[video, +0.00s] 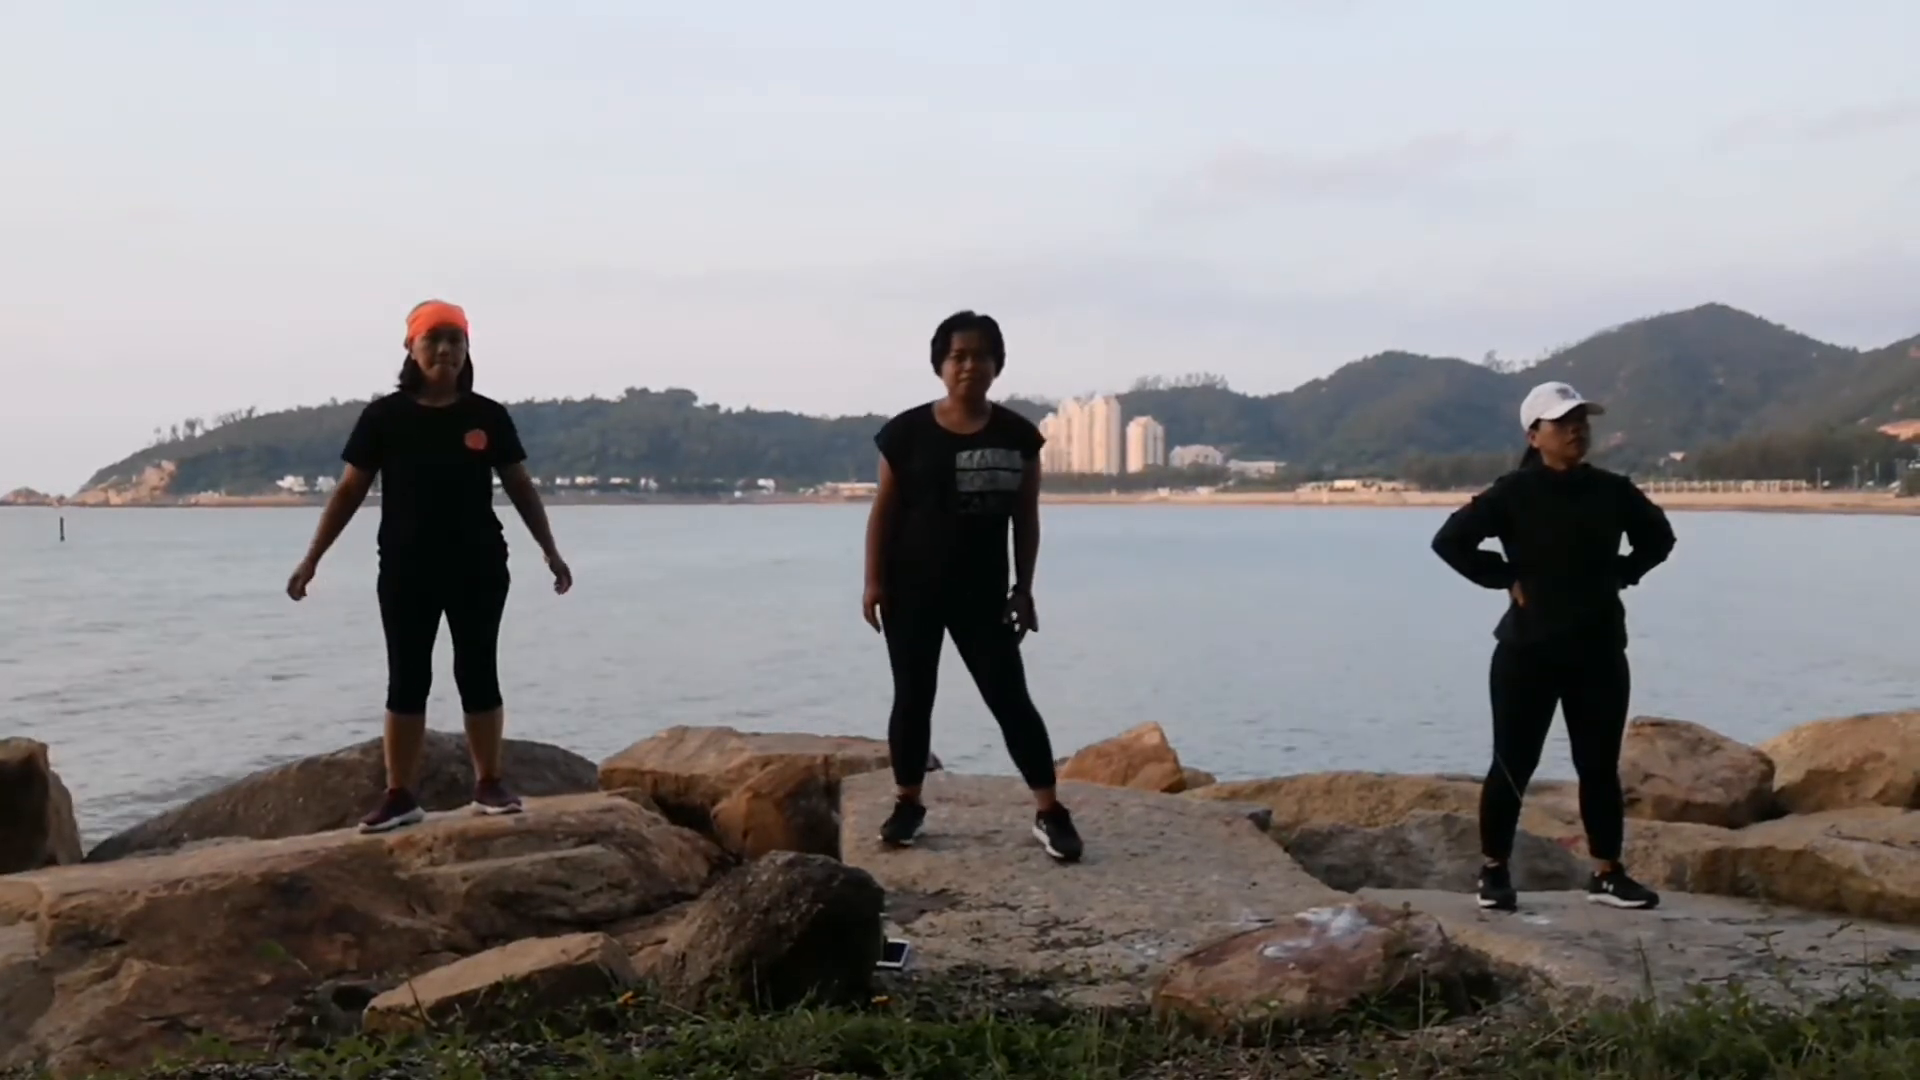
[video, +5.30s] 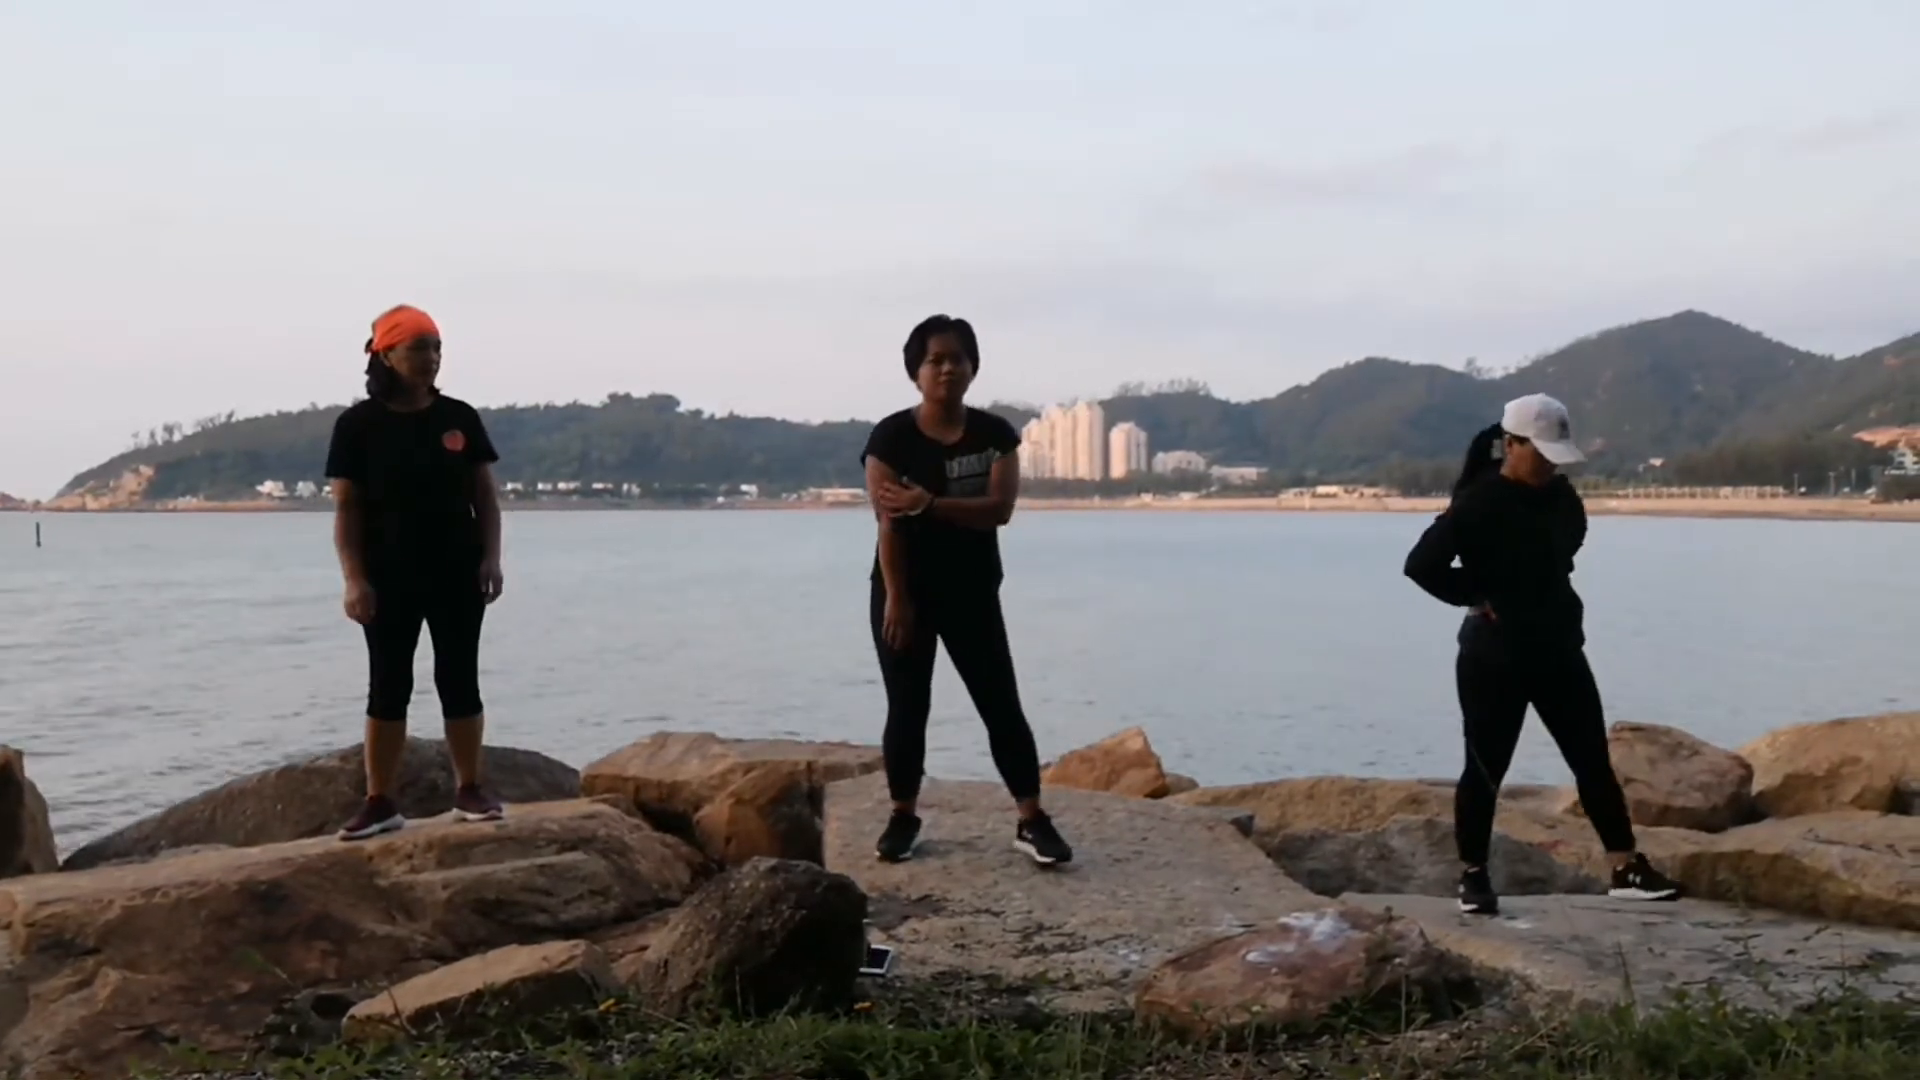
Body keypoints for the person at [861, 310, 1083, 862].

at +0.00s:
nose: (968, 367)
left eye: (980, 358)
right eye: (957, 357)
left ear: (996, 367)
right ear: (941, 364)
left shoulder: (1018, 436)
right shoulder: (906, 432)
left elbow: (1026, 519)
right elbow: (883, 511)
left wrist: (1024, 588)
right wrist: (873, 581)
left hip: (981, 594)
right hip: (912, 592)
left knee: (1013, 703)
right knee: (911, 700)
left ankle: (1049, 810)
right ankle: (907, 805)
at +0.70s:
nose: (1011, 360)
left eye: (1019, 351)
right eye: (999, 353)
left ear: (1032, 362)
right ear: (976, 368)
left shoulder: (1064, 431)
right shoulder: (953, 443)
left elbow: (1088, 507)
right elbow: (940, 526)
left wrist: (1099, 572)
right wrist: (932, 596)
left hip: (1050, 592)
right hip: (980, 593)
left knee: (1054, 705)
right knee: (947, 703)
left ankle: (1059, 816)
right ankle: (912, 802)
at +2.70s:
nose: (1015, 366)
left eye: (1026, 356)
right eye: (1004, 357)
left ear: (1044, 362)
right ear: (990, 366)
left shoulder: (1077, 434)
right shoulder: (964, 436)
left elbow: (1096, 513)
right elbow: (945, 516)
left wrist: (1110, 583)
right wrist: (937, 586)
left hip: (1046, 594)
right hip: (975, 592)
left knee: (1047, 705)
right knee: (949, 699)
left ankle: (1050, 815)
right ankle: (918, 809)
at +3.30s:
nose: (964, 368)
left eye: (976, 358)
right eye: (954, 359)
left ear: (997, 367)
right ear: (940, 368)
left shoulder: (1025, 438)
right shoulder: (912, 437)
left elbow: (1035, 521)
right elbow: (890, 516)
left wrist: (1036, 589)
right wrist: (881, 585)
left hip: (989, 596)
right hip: (921, 596)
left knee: (1013, 709)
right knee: (919, 708)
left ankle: (1044, 814)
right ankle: (911, 811)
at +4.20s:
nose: (1003, 368)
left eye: (1015, 357)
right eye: (992, 360)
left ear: (1037, 363)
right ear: (981, 370)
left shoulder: (1072, 430)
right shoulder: (962, 436)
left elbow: (1100, 498)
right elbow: (938, 519)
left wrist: (1039, 522)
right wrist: (933, 589)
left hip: (1047, 595)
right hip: (977, 593)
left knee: (1049, 710)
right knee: (953, 705)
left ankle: (1052, 824)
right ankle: (917, 809)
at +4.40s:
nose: (1020, 366)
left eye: (1032, 356)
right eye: (1010, 356)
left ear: (1054, 365)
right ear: (996, 367)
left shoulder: (1078, 426)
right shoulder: (973, 429)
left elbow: (1057, 482)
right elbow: (964, 510)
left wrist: (984, 460)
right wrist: (966, 584)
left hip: (1048, 590)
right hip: (981, 585)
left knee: (1048, 710)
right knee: (951, 703)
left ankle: (1051, 824)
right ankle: (917, 811)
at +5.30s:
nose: (946, 370)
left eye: (957, 360)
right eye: (935, 360)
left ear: (972, 369)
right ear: (915, 369)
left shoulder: (995, 434)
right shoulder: (891, 437)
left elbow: (999, 511)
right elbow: (887, 522)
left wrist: (927, 502)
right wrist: (895, 597)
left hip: (972, 591)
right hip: (906, 590)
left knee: (1002, 706)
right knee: (906, 710)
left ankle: (1032, 815)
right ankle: (903, 815)